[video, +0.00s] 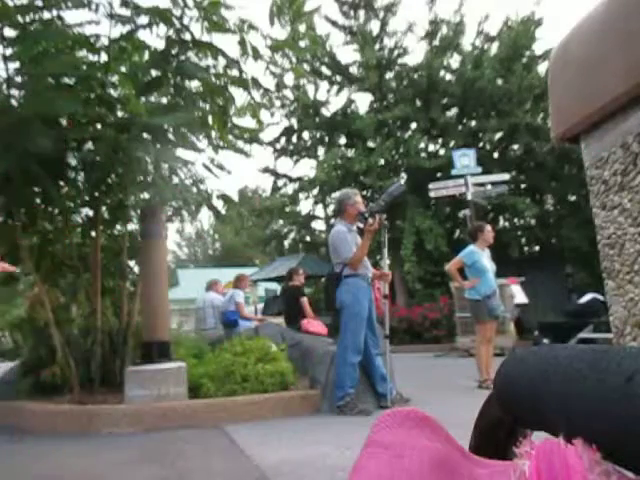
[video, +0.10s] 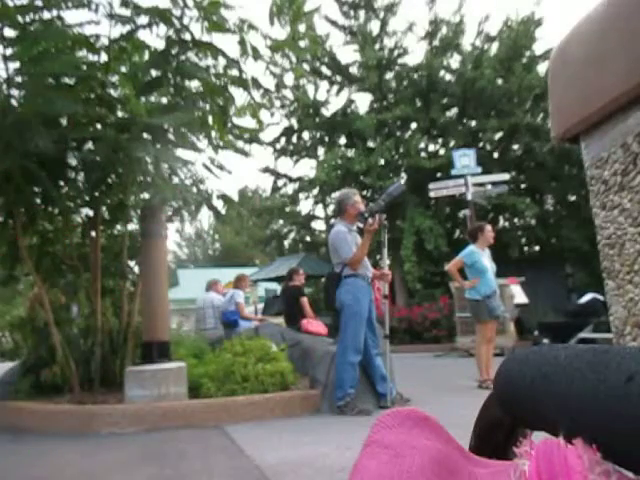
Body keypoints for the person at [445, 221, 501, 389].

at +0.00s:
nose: (492, 235)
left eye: (492, 232)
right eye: (489, 232)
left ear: (487, 235)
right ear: (480, 235)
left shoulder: (486, 252)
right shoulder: (472, 251)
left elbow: (484, 272)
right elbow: (450, 267)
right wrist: (462, 282)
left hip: (491, 294)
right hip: (478, 296)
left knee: (490, 338)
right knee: (482, 338)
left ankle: (489, 376)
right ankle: (483, 377)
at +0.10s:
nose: (493, 235)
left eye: (492, 232)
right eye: (489, 232)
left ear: (486, 235)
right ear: (480, 235)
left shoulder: (486, 251)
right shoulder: (471, 251)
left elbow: (484, 272)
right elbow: (451, 267)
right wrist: (462, 282)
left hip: (491, 294)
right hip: (478, 296)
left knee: (491, 338)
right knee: (483, 338)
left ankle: (489, 376)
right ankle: (483, 377)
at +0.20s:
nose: (493, 235)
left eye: (492, 232)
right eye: (489, 232)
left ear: (486, 235)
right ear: (480, 235)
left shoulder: (486, 251)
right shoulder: (472, 251)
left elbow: (484, 272)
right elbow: (451, 267)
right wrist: (462, 282)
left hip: (491, 294)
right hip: (478, 296)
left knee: (491, 338)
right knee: (483, 338)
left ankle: (489, 376)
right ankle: (483, 377)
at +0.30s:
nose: (493, 235)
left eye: (492, 232)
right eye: (489, 232)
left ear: (486, 235)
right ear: (480, 235)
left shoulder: (486, 251)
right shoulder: (472, 251)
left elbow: (484, 272)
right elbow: (451, 267)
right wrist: (462, 282)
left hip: (491, 294)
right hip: (478, 296)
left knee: (491, 338)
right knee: (483, 338)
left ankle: (489, 376)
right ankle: (483, 377)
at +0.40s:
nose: (493, 235)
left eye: (492, 232)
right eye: (489, 232)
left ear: (486, 235)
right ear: (480, 235)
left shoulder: (486, 251)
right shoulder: (472, 251)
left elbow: (484, 272)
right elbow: (451, 267)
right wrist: (462, 282)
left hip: (491, 294)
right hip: (478, 296)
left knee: (491, 338)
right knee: (483, 338)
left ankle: (489, 376)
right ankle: (483, 377)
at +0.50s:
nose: (493, 235)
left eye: (492, 232)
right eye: (489, 232)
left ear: (487, 235)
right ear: (480, 235)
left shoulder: (487, 251)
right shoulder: (472, 251)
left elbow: (485, 272)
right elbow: (451, 267)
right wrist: (462, 282)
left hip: (491, 294)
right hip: (478, 296)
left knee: (491, 338)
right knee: (483, 338)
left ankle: (489, 376)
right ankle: (483, 377)